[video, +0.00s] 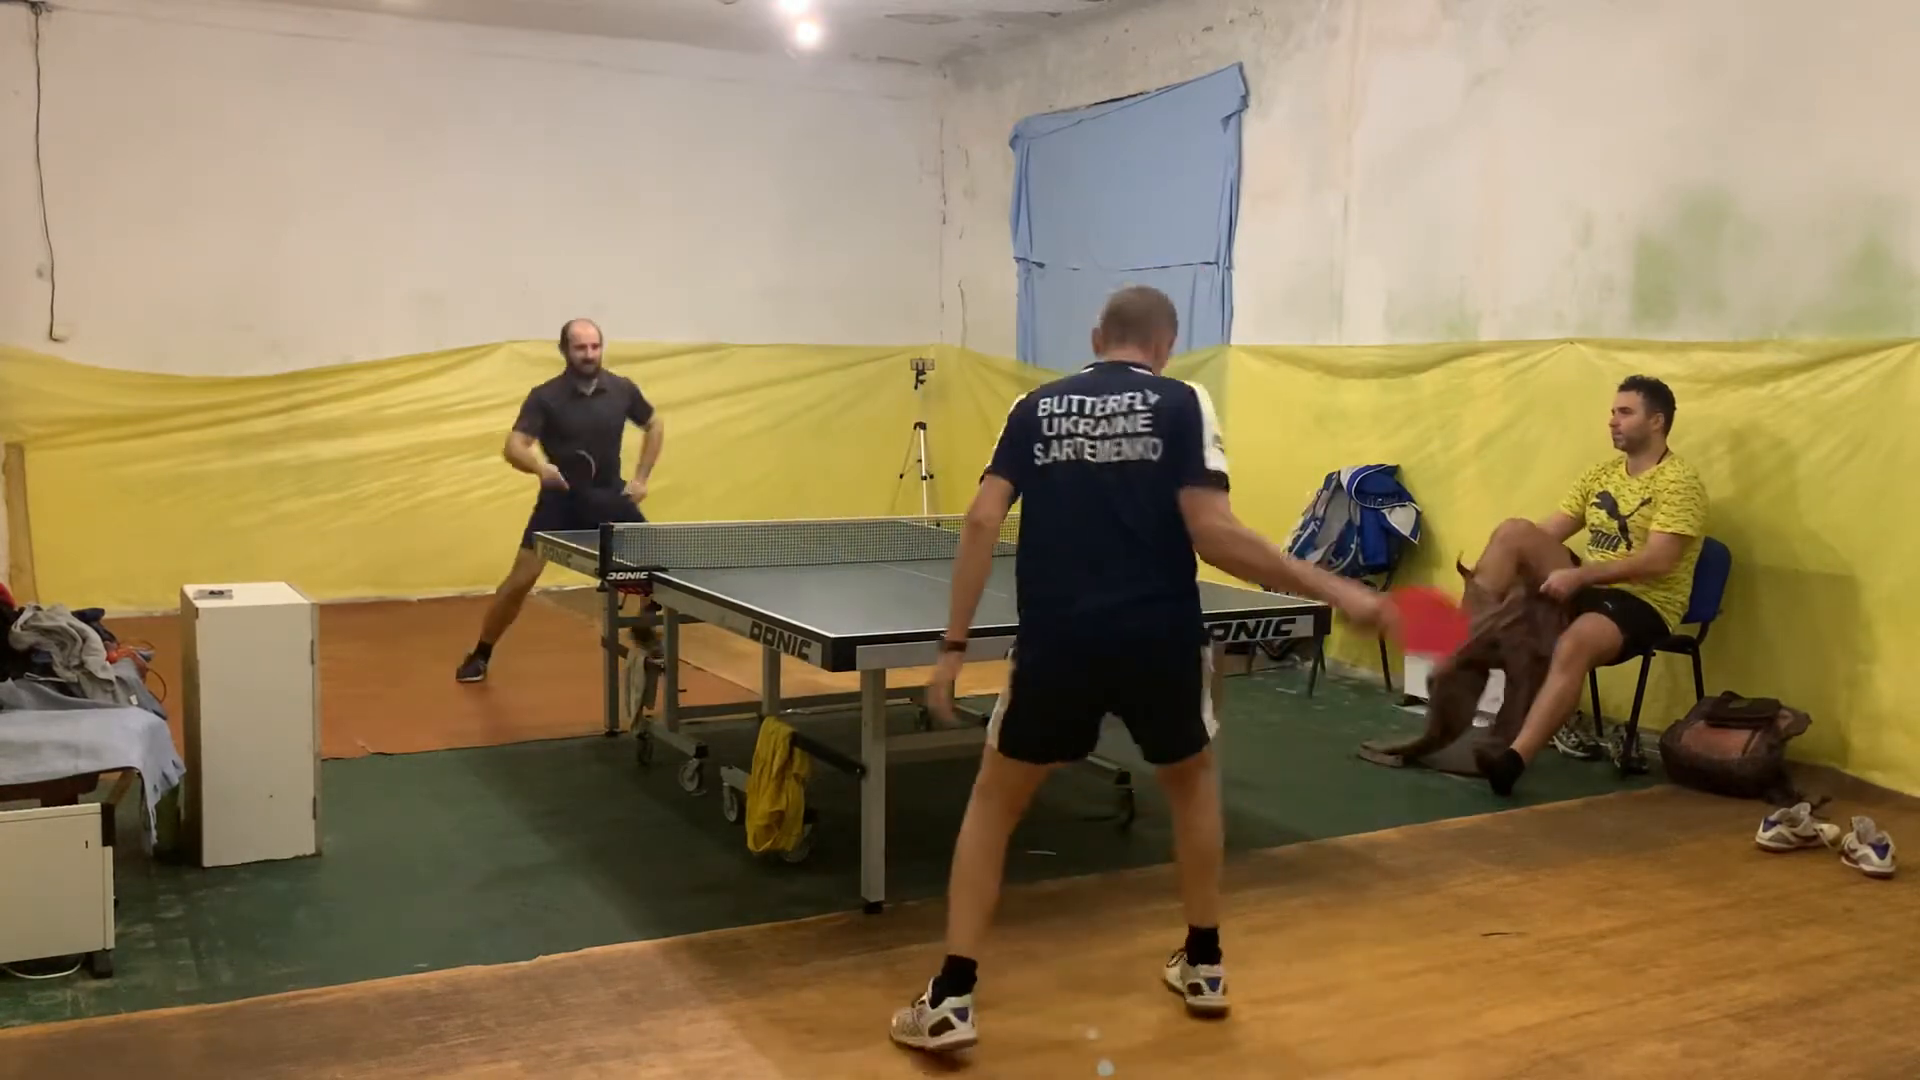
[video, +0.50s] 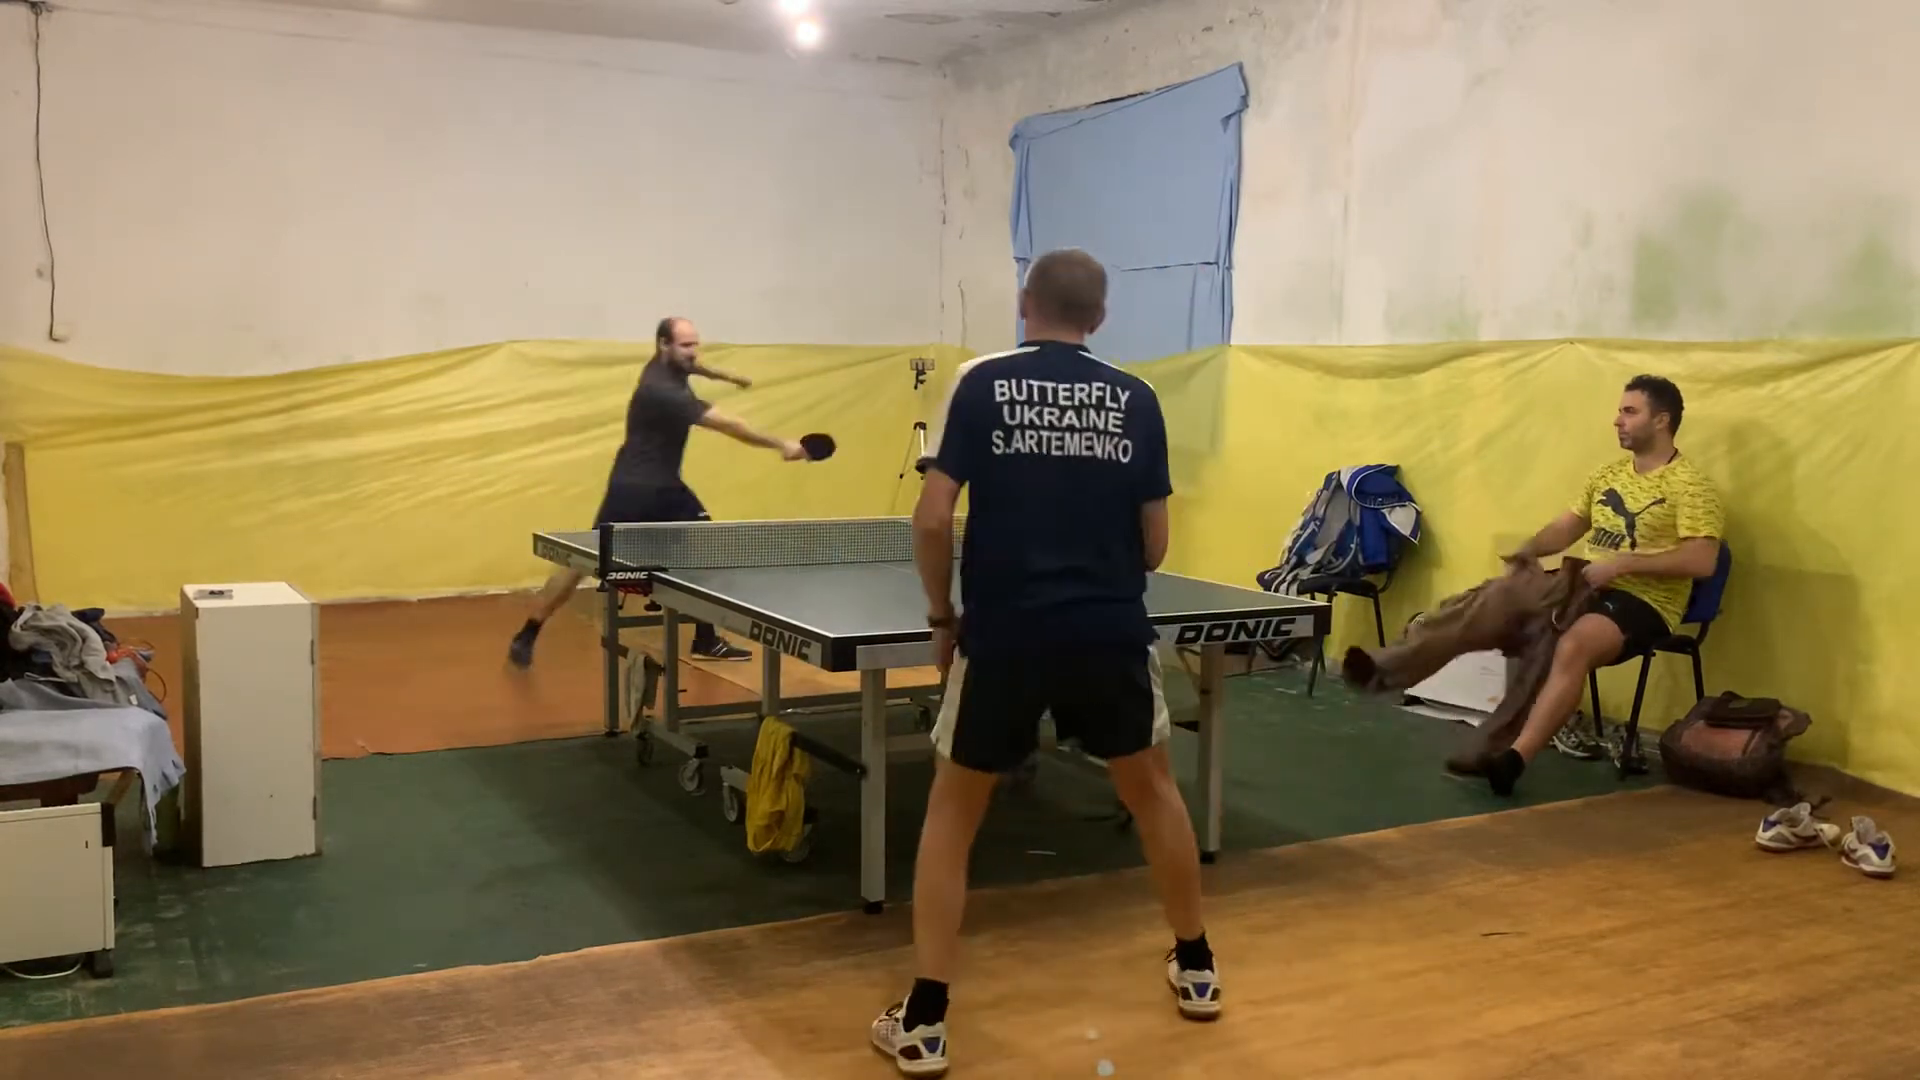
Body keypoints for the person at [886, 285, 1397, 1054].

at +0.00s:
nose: (1168, 364)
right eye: (1172, 355)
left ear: (1096, 340)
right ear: (1166, 350)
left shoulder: (1036, 407)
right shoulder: (1180, 401)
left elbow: (981, 519)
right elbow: (1211, 529)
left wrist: (954, 642)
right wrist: (1336, 591)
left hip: (1055, 650)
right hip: (1159, 647)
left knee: (994, 805)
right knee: (1191, 785)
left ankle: (951, 995)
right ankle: (1204, 960)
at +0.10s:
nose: (1172, 341)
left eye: (1173, 328)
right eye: (1171, 327)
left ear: (1099, 314)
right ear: (1148, 315)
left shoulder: (1029, 389)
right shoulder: (1165, 381)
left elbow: (978, 517)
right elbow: (1215, 525)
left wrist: (961, 634)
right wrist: (1298, 515)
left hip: (1052, 634)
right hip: (1154, 632)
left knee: (1001, 799)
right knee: (1190, 781)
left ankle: (938, 975)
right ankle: (1200, 963)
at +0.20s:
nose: (1156, 312)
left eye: (1151, 302)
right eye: (1157, 302)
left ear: (1080, 300)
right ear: (1148, 304)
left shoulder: (1029, 374)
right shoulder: (1182, 379)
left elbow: (997, 526)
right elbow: (1201, 502)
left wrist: (1056, 544)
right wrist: (1127, 496)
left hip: (1053, 622)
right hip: (1150, 624)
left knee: (995, 786)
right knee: (1180, 782)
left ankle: (914, 967)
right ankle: (1200, 962)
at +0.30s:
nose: (1065, 311)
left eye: (1064, 299)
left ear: (1064, 304)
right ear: (1138, 315)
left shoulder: (1024, 383)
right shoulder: (1171, 396)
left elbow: (987, 531)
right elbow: (1161, 502)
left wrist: (1056, 526)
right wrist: (1084, 512)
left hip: (1049, 638)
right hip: (1145, 636)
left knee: (977, 806)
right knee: (1163, 787)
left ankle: (928, 994)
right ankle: (1197, 964)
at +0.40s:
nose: (1043, 321)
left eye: (1040, 307)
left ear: (1043, 312)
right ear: (1116, 326)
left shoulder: (1003, 390)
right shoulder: (1149, 405)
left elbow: (959, 534)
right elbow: (1158, 538)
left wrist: (978, 610)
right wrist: (1126, 606)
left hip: (1026, 649)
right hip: (1129, 645)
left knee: (957, 827)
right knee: (1152, 792)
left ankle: (927, 1017)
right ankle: (1196, 966)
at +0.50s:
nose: (1017, 317)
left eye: (1020, 305)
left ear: (1026, 309)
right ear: (1099, 320)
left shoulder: (981, 383)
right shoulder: (1136, 397)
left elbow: (931, 520)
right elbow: (1153, 545)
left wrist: (942, 615)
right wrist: (1090, 570)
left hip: (1004, 639)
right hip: (1108, 637)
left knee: (951, 818)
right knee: (1150, 789)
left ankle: (925, 1017)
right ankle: (1197, 966)